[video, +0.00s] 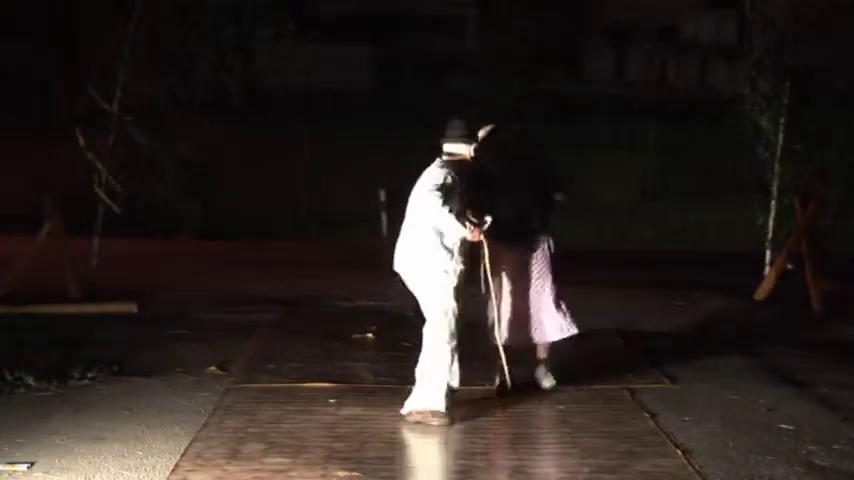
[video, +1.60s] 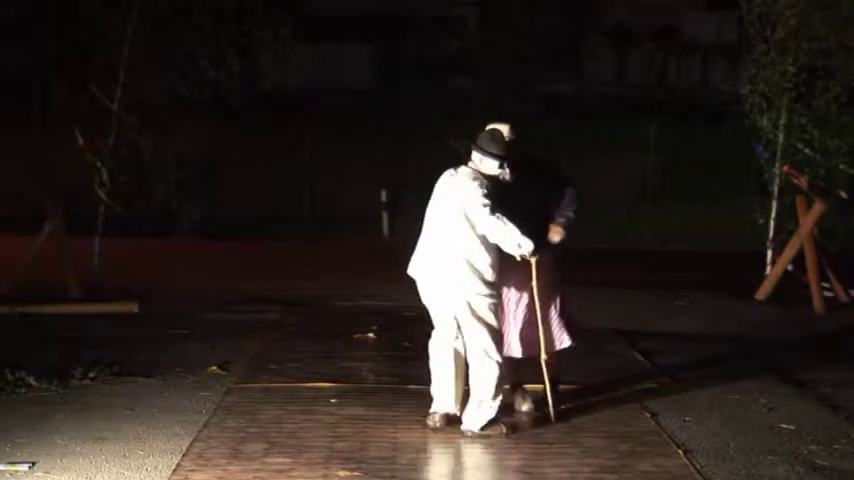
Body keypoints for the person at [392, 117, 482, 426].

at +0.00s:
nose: (474, 151)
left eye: (472, 146)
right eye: (471, 146)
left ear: (448, 147)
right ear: (463, 148)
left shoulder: (447, 173)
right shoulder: (443, 173)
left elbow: (452, 210)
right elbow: (436, 209)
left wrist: (472, 222)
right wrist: (464, 231)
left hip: (433, 258)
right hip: (425, 258)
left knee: (442, 321)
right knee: (441, 322)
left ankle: (430, 393)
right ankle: (426, 399)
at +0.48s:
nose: (478, 155)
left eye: (478, 149)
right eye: (476, 148)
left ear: (452, 145)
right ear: (467, 146)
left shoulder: (430, 168)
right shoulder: (454, 171)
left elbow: (408, 203)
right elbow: (456, 212)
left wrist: (438, 217)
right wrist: (482, 243)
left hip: (419, 257)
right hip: (438, 261)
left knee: (436, 322)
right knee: (467, 325)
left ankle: (416, 390)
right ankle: (447, 395)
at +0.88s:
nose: (490, 168)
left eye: (490, 162)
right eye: (485, 161)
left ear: (466, 156)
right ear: (467, 156)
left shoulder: (439, 175)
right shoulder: (448, 182)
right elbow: (449, 233)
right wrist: (484, 249)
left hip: (421, 264)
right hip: (440, 264)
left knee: (434, 326)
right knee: (496, 309)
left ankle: (417, 397)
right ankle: (465, 375)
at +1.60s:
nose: (501, 169)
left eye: (502, 163)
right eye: (497, 162)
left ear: (475, 156)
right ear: (483, 159)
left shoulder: (448, 179)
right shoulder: (473, 189)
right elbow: (488, 222)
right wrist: (523, 245)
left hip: (431, 275)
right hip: (468, 280)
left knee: (444, 336)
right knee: (484, 346)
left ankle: (441, 408)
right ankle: (479, 418)